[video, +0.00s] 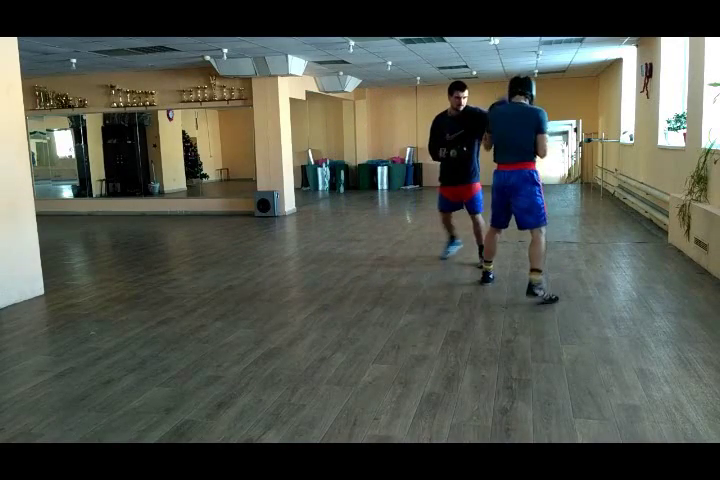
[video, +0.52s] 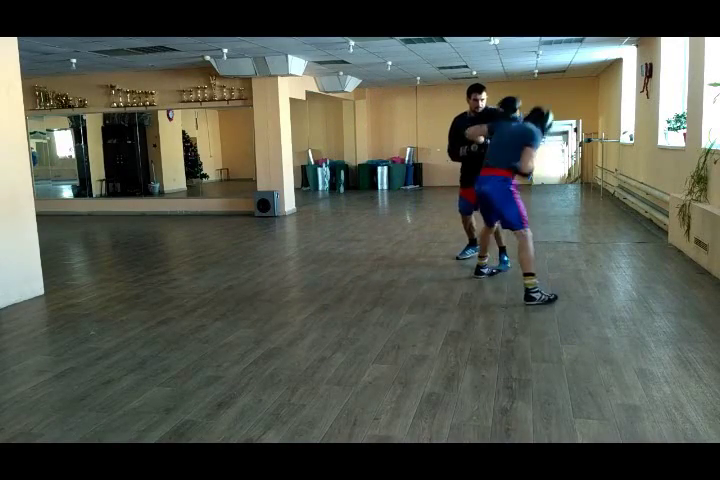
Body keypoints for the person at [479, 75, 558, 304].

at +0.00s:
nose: (530, 99)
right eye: (530, 96)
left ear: (510, 94)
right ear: (530, 96)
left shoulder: (495, 111)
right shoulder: (537, 113)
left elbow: (486, 144)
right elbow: (542, 151)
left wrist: (502, 133)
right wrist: (529, 136)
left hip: (501, 176)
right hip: (526, 176)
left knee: (494, 228)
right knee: (538, 231)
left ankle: (487, 272)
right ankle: (535, 284)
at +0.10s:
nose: (537, 102)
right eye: (539, 99)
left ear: (516, 96)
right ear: (537, 99)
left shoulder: (499, 117)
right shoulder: (542, 118)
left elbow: (487, 153)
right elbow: (549, 156)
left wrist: (507, 141)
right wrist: (535, 141)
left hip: (504, 180)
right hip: (529, 181)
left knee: (499, 227)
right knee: (537, 237)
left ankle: (488, 272)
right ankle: (534, 291)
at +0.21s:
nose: (540, 101)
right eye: (540, 98)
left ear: (518, 95)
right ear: (538, 98)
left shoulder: (499, 116)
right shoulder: (543, 117)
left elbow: (484, 149)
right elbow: (551, 156)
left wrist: (503, 142)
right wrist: (537, 142)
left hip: (504, 180)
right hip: (529, 181)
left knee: (499, 227)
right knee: (537, 236)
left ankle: (489, 271)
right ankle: (534, 291)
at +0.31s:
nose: (541, 100)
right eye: (541, 97)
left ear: (518, 95)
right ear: (538, 97)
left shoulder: (500, 115)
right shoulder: (544, 117)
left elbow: (481, 146)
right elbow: (549, 156)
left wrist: (501, 141)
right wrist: (535, 141)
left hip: (503, 180)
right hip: (528, 181)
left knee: (498, 225)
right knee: (537, 236)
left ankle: (486, 270)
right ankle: (534, 290)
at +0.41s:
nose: (540, 106)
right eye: (540, 103)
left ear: (518, 99)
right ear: (538, 103)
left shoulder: (499, 118)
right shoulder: (543, 122)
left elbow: (484, 153)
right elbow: (546, 161)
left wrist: (502, 148)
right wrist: (531, 148)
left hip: (501, 182)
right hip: (525, 183)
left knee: (493, 225)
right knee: (537, 237)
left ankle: (483, 268)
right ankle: (534, 291)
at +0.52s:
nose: (545, 131)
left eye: (546, 128)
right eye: (546, 128)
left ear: (527, 116)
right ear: (543, 125)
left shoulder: (503, 124)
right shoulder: (533, 132)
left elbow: (470, 132)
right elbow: (525, 167)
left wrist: (485, 139)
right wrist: (527, 170)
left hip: (483, 182)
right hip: (502, 184)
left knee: (489, 224)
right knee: (524, 235)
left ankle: (481, 266)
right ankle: (532, 290)